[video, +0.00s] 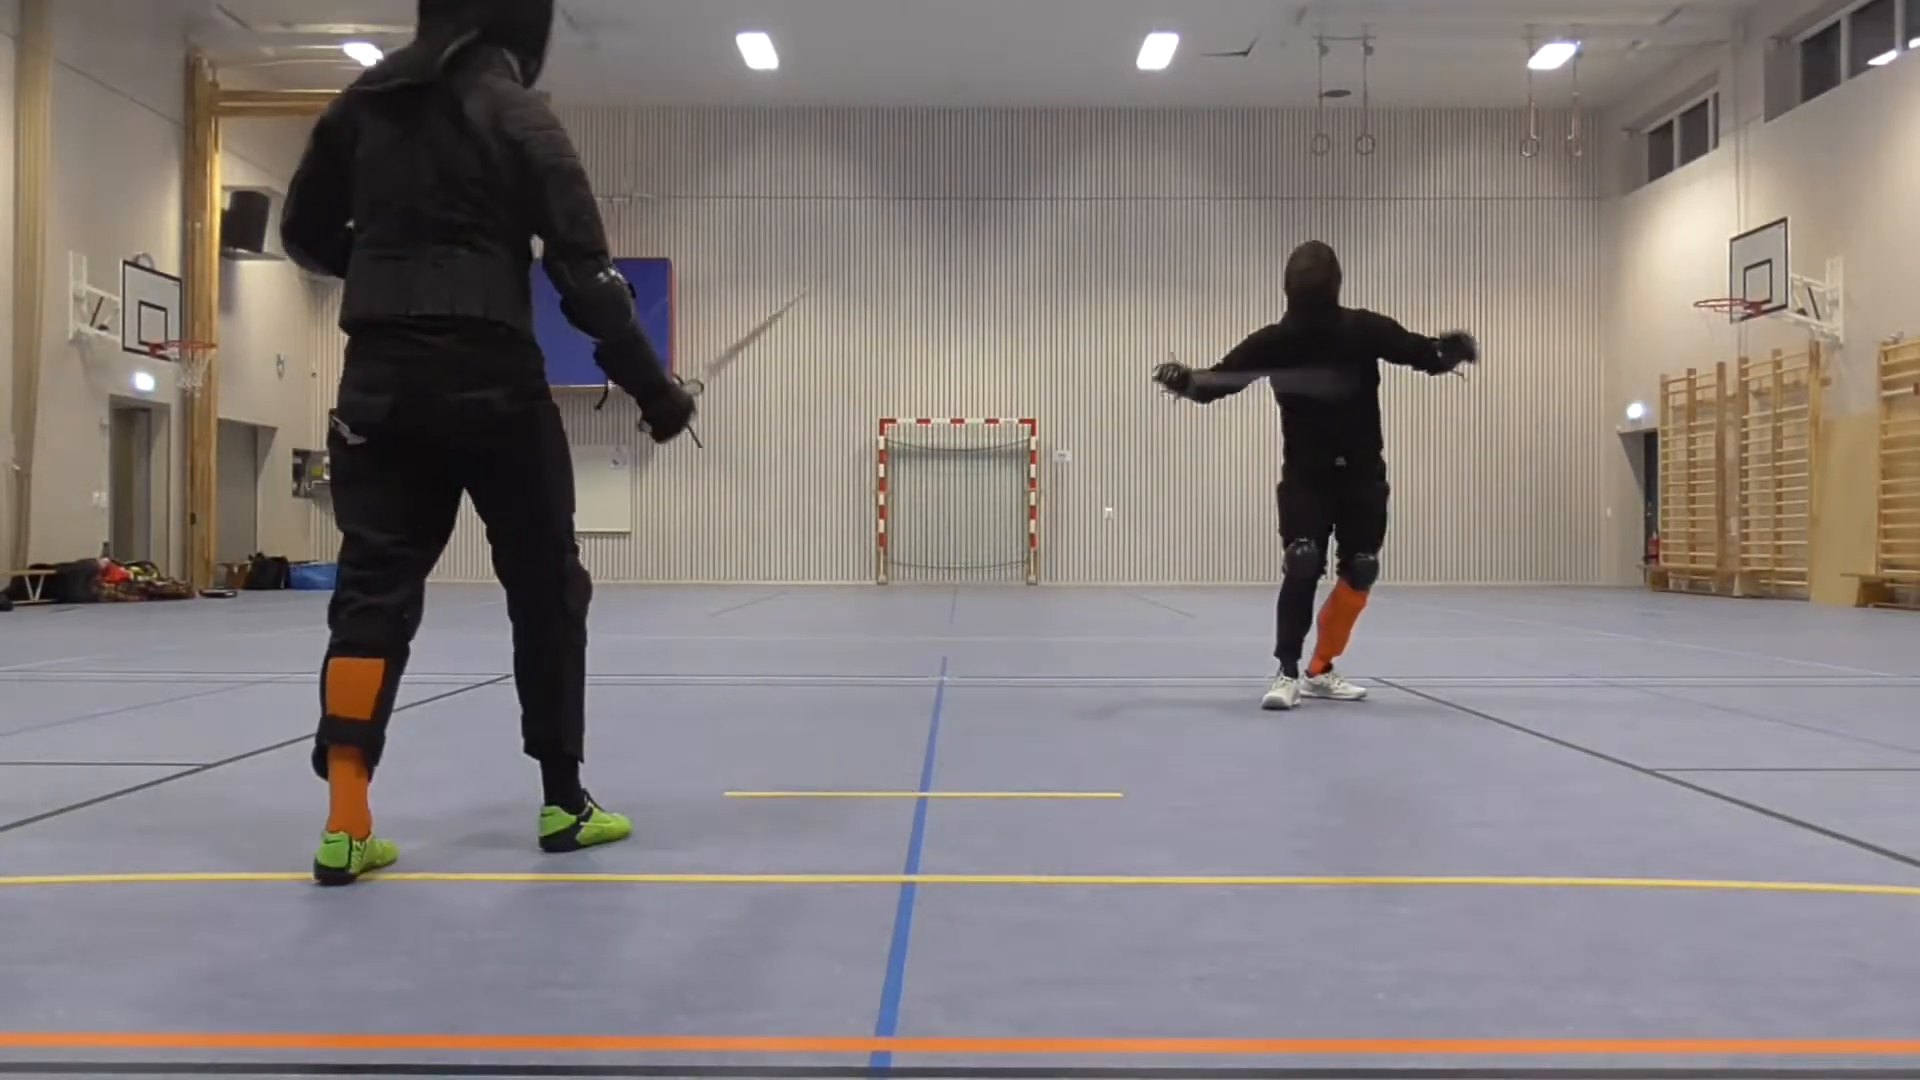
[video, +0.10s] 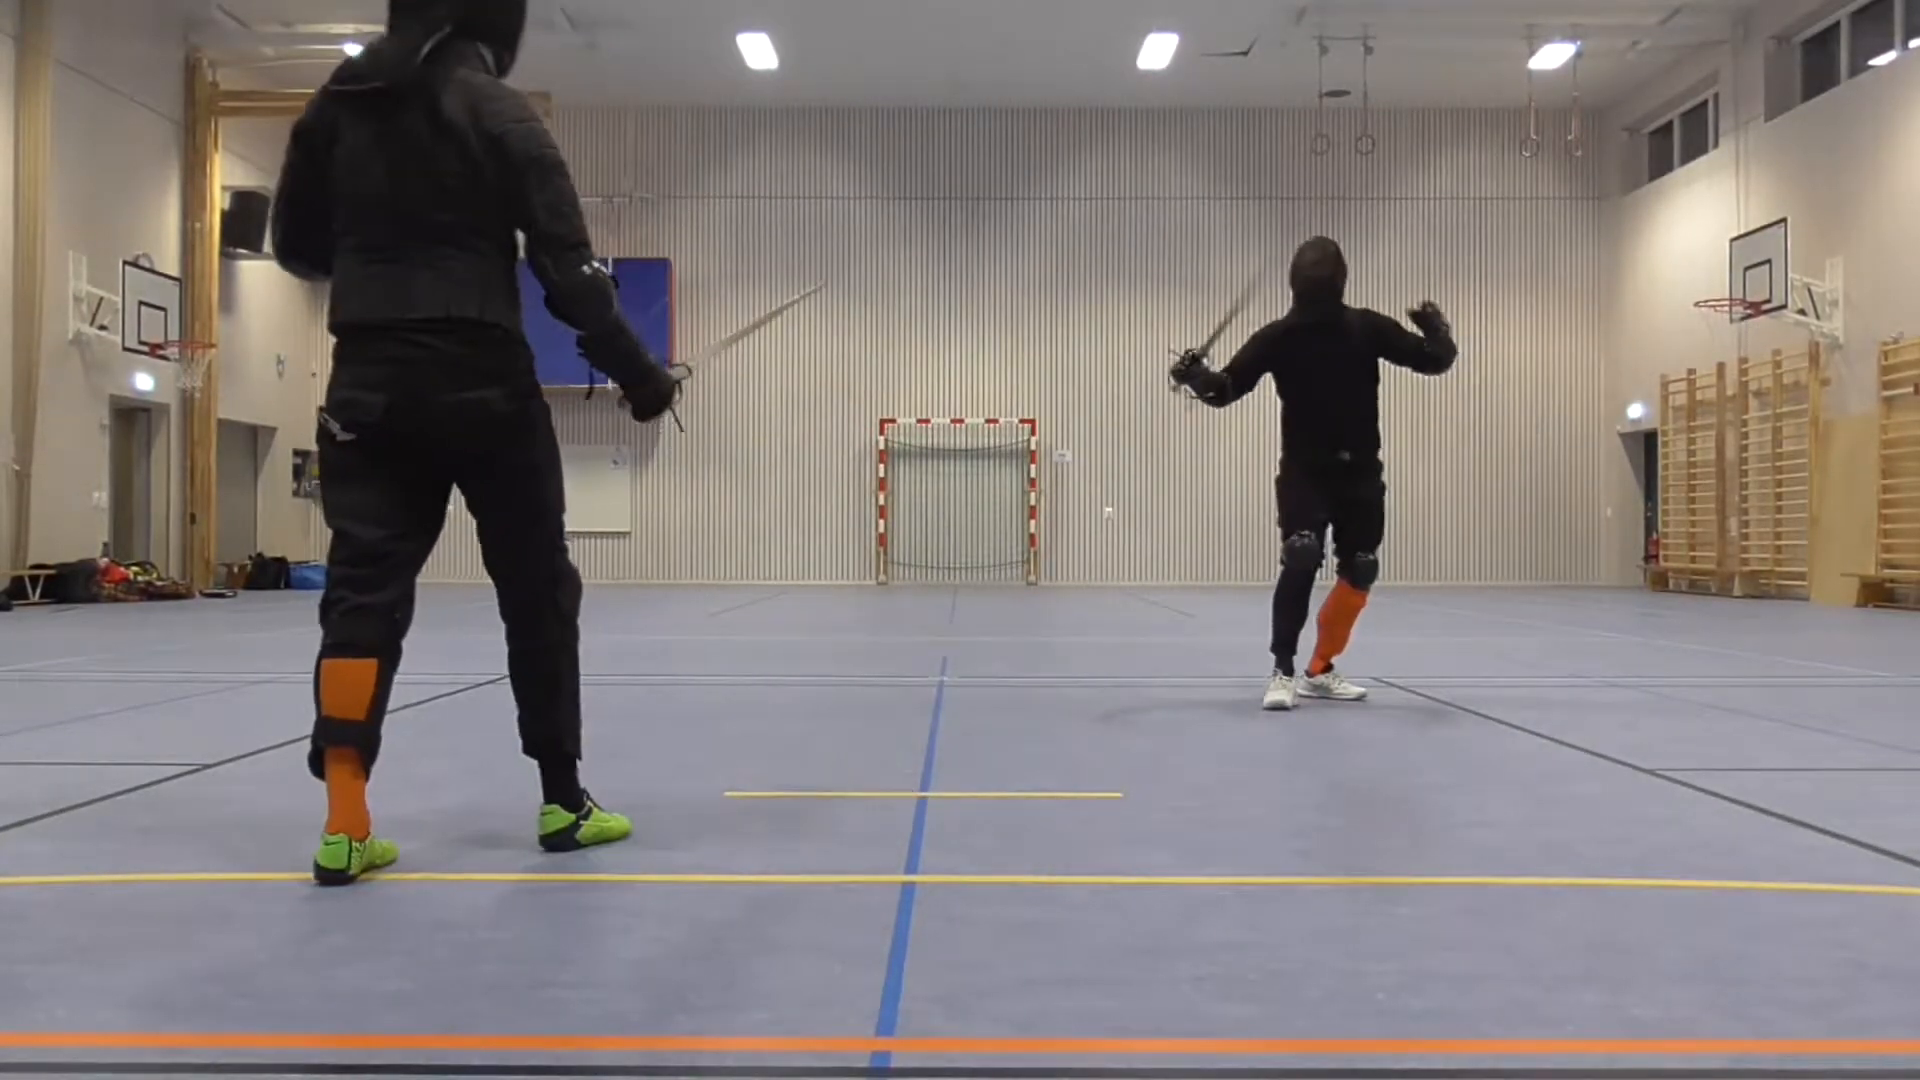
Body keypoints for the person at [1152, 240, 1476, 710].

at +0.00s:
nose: (1312, 292)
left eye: (1315, 281)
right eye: (1309, 282)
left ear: (1294, 284)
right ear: (1334, 282)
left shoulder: (1364, 331)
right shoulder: (1275, 341)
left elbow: (1422, 354)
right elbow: (1217, 383)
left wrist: (1451, 349)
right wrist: (1187, 380)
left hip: (1361, 476)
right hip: (1305, 478)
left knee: (1359, 573)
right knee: (1303, 564)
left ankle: (1319, 672)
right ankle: (1286, 674)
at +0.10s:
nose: (1321, 287)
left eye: (1322, 278)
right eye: (1320, 278)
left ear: (1293, 281)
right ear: (1339, 279)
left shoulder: (1366, 329)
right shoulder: (1277, 338)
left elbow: (1434, 361)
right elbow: (1227, 389)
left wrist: (1437, 333)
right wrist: (1198, 377)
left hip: (1358, 473)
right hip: (1304, 473)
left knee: (1359, 572)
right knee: (1302, 558)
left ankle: (1318, 673)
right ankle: (1283, 674)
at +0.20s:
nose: (1323, 285)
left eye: (1325, 276)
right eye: (1320, 276)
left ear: (1302, 277)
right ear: (1344, 276)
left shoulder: (1366, 328)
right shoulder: (1278, 337)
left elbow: (1433, 359)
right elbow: (1236, 395)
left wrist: (1416, 316)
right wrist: (1212, 382)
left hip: (1357, 468)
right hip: (1302, 467)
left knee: (1361, 569)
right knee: (1302, 548)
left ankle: (1319, 672)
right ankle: (1273, 669)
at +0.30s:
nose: (1321, 286)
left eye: (1326, 276)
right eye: (1315, 276)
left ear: (1326, 279)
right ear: (1345, 277)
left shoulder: (1365, 329)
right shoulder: (1280, 337)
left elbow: (1430, 356)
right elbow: (1251, 397)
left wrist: (1398, 304)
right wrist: (1227, 396)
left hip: (1354, 467)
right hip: (1300, 465)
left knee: (1361, 568)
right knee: (1297, 550)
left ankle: (1319, 670)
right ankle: (1270, 661)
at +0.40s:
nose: (1320, 287)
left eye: (1327, 278)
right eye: (1314, 278)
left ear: (1337, 280)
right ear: (1298, 279)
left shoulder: (1363, 330)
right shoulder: (1277, 337)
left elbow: (1427, 352)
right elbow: (1252, 398)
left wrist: (1388, 299)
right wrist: (1234, 418)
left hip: (1351, 467)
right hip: (1297, 466)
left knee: (1361, 570)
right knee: (1294, 549)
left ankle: (1319, 670)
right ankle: (1268, 654)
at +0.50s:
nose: (1317, 290)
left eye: (1325, 281)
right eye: (1309, 281)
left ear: (1338, 281)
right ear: (1293, 281)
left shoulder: (1358, 330)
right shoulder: (1272, 338)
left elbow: (1421, 350)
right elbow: (1251, 401)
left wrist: (1380, 297)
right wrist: (1237, 432)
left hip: (1347, 467)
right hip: (1292, 467)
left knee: (1360, 572)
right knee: (1290, 548)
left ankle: (1319, 671)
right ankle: (1265, 652)